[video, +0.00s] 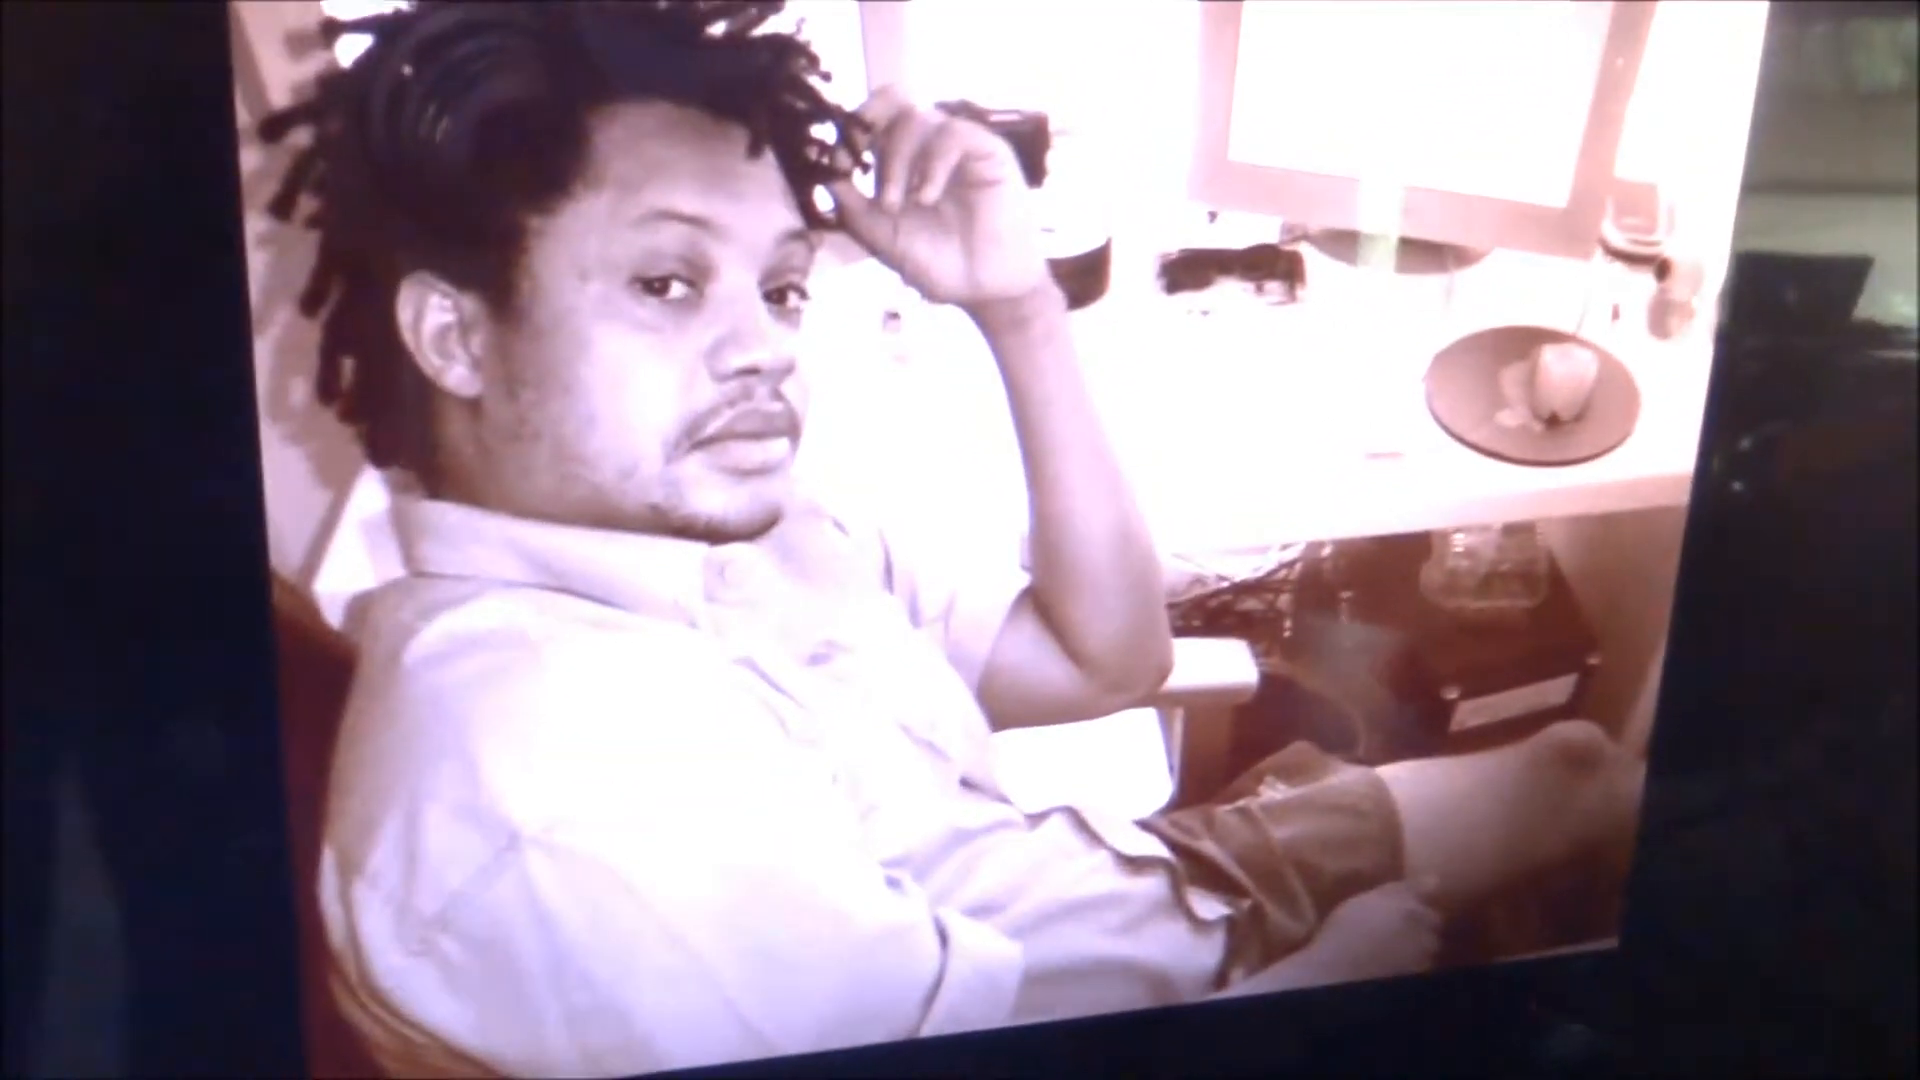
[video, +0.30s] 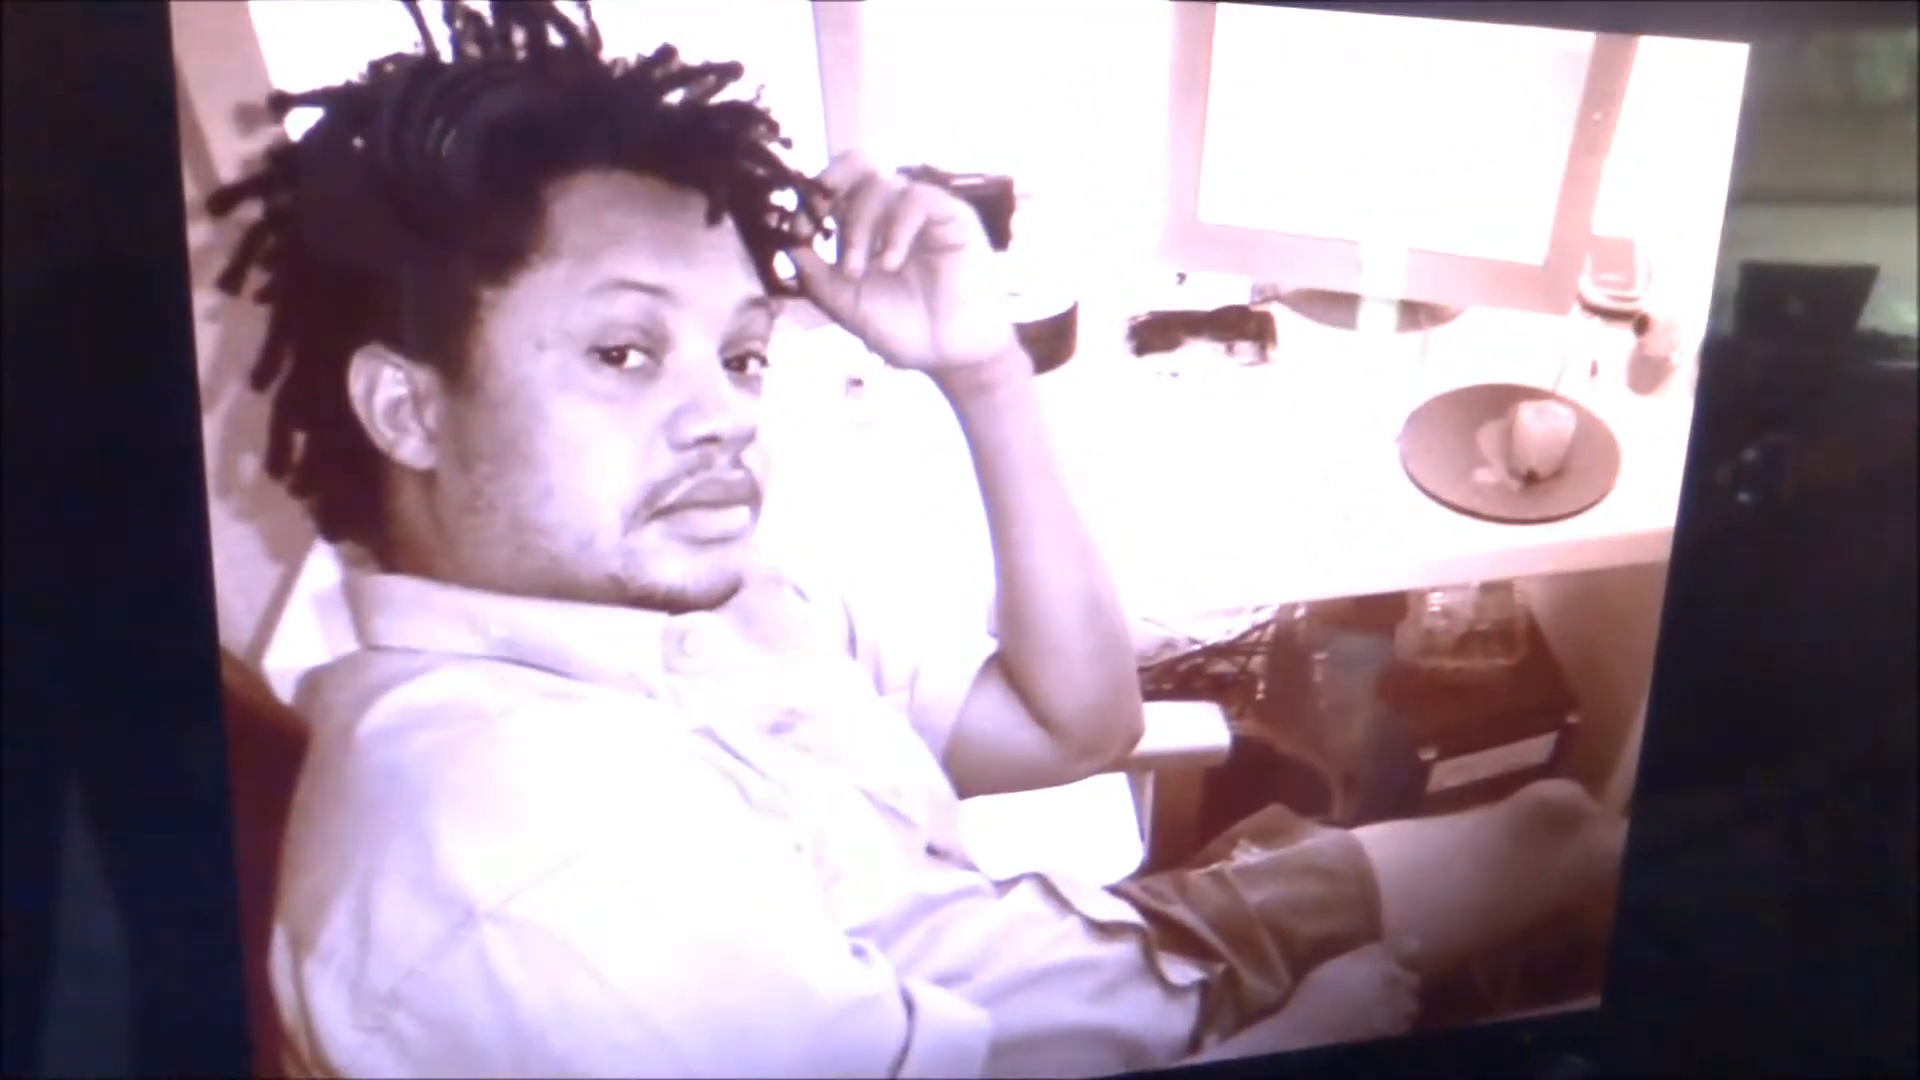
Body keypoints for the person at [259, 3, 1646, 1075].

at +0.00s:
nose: (764, 353)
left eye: (776, 294)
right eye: (665, 286)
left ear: (807, 302)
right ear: (451, 335)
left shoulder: (767, 556)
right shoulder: (500, 741)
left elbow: (1099, 658)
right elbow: (959, 1022)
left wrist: (1016, 306)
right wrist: (1356, 936)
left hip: (1200, 895)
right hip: (1157, 1018)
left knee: (1591, 765)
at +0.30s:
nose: (727, 417)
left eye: (737, 353)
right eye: (623, 353)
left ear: (774, 356)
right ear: (402, 408)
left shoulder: (719, 608)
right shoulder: (478, 826)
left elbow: (1074, 732)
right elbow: (956, 1048)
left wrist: (985, 378)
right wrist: (1374, 904)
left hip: (1153, 931)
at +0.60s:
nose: (696, 421)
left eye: (707, 356)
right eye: (591, 355)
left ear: (742, 357)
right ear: (364, 409)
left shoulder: (684, 615)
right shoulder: (453, 827)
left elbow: (1051, 736)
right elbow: (895, 1058)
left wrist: (956, 377)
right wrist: (1351, 981)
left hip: (1094, 928)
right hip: (1064, 1035)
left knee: (1530, 824)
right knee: (1567, 854)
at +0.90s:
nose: (738, 432)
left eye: (748, 368)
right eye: (630, 359)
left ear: (785, 374)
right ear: (392, 411)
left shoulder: (730, 634)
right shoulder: (464, 855)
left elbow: (1102, 765)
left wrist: (1007, 381)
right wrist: (1408, 1036)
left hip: (1185, 973)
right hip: (1131, 1062)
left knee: (1625, 874)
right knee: (1655, 899)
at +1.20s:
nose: (902, 504)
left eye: (920, 426)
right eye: (783, 416)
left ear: (959, 437)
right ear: (503, 480)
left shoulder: (905, 776)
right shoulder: (581, 976)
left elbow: (1316, 876)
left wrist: (1216, 442)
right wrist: (1659, 1061)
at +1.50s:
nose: (1074, 588)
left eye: (1094, 497)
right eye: (916, 490)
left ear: (1138, 495)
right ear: (577, 574)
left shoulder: (1118, 880)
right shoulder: (632, 1040)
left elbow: (1545, 1041)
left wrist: (1445, 535)